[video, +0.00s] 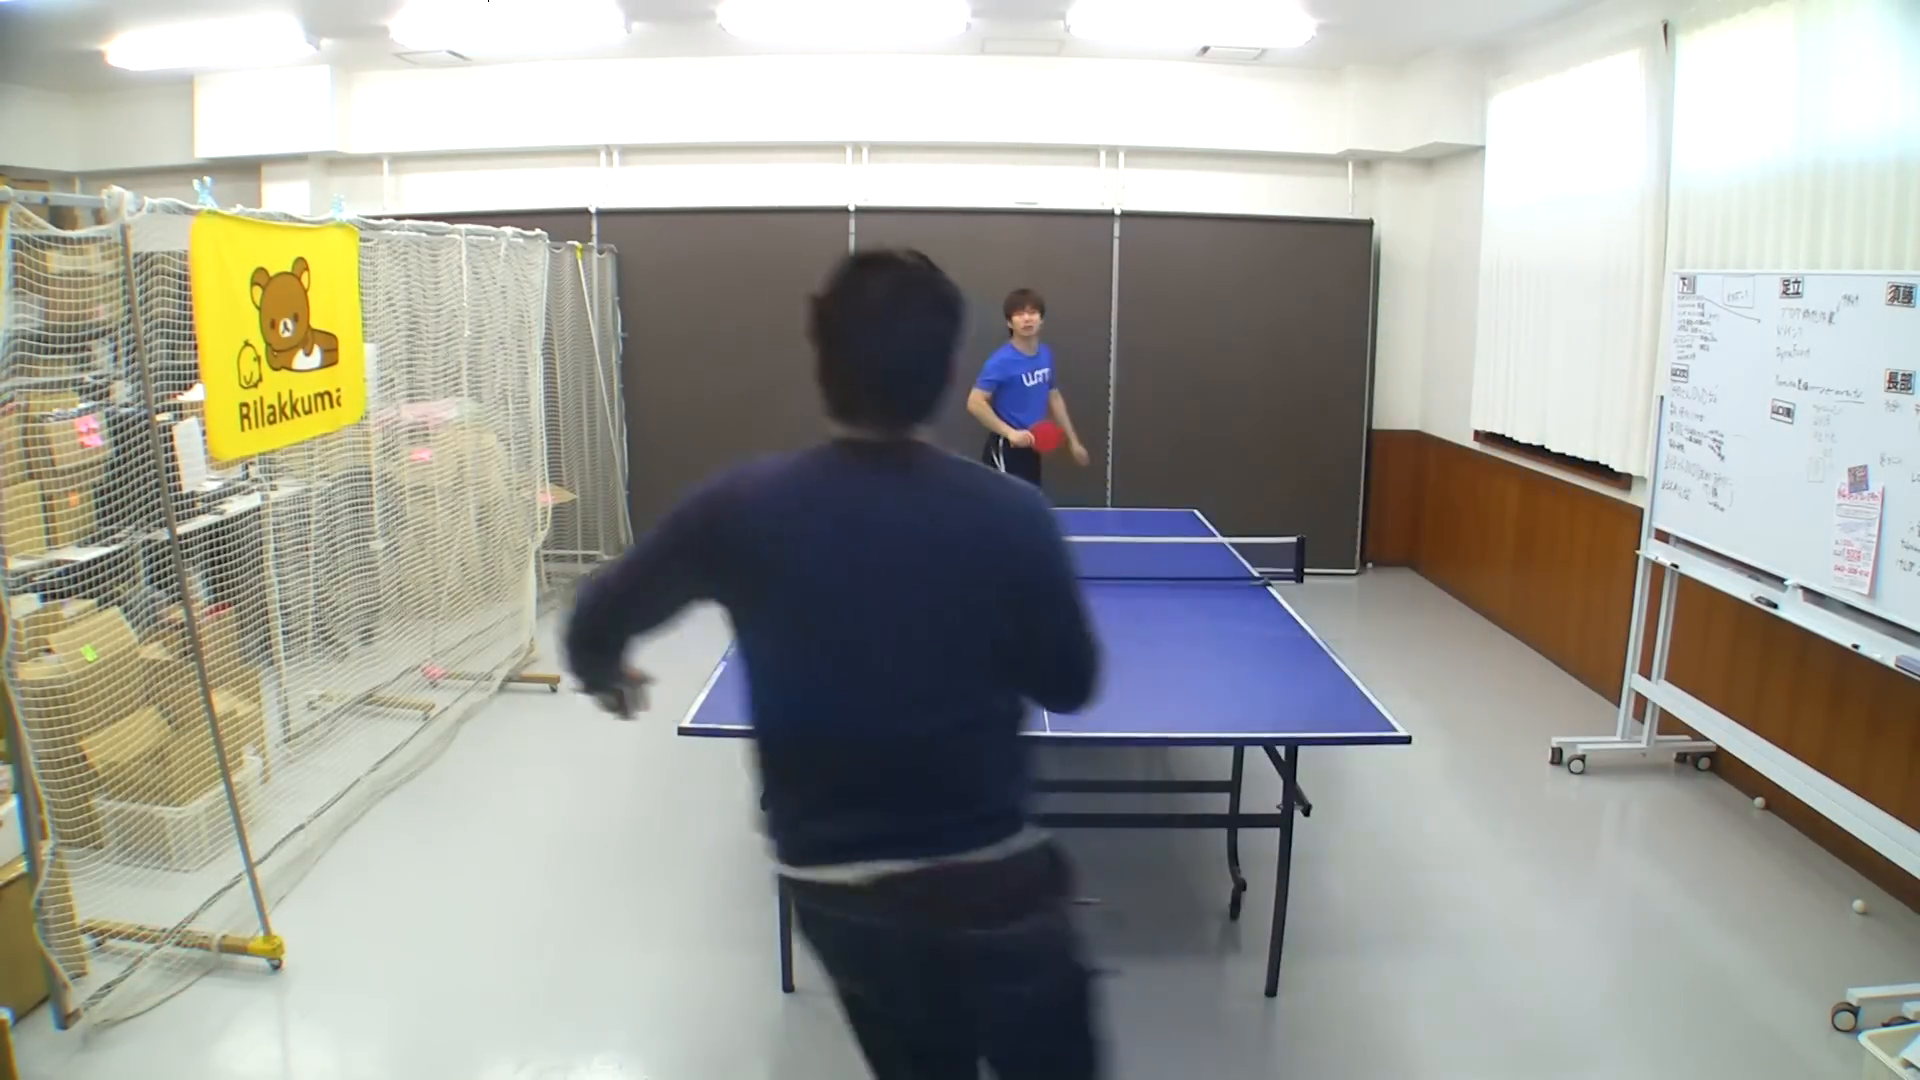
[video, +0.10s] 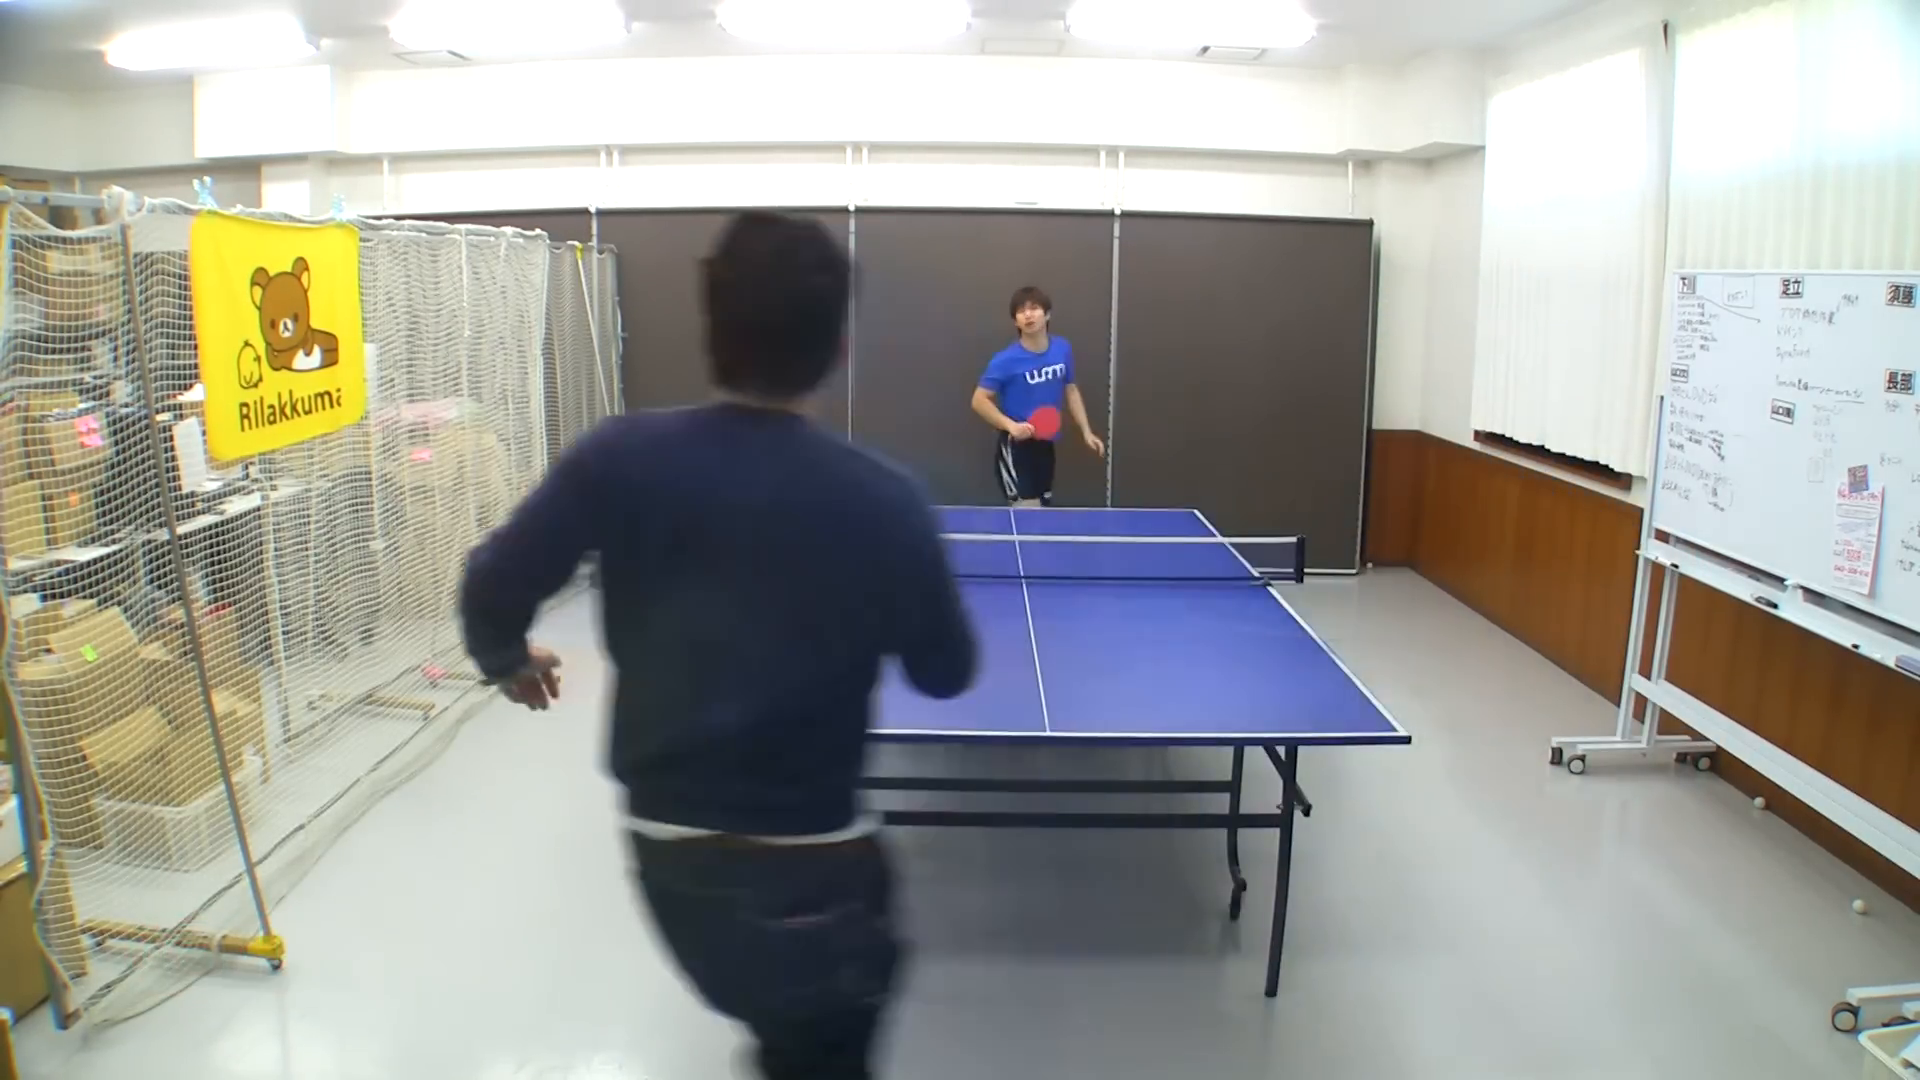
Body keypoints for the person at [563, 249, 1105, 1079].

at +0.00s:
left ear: (824, 364)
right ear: (948, 372)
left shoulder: (746, 507)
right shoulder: (1007, 516)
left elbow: (598, 615)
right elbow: (1068, 682)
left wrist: (605, 673)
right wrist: (974, 621)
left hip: (844, 896)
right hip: (993, 881)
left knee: (922, 1067)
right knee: (1056, 1065)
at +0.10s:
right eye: (839, 320)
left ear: (712, 328)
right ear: (837, 343)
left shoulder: (624, 459)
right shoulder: (879, 498)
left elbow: (492, 584)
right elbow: (945, 668)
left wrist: (508, 660)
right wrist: (874, 580)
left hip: (676, 868)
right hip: (819, 873)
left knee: (790, 1044)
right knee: (831, 1060)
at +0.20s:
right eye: (718, 349)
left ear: (594, 356)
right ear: (714, 371)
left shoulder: (504, 488)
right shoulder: (732, 542)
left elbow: (421, 646)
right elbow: (827, 718)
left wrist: (532, 635)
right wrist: (892, 681)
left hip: (516, 871)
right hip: (634, 897)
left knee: (593, 1062)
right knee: (652, 1063)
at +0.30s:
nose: (595, 386)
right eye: (594, 368)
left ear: (463, 379)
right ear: (581, 387)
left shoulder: (396, 517)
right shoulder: (546, 575)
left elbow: (451, 649)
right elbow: (636, 774)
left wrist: (585, 606)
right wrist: (814, 754)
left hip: (389, 882)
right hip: (501, 913)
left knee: (436, 1007)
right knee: (569, 1061)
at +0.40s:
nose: (461, 397)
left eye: (453, 378)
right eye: (453, 380)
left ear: (344, 402)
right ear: (433, 402)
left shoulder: (340, 505)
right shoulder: (375, 578)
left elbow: (409, 551)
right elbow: (423, 761)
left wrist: (506, 572)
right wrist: (575, 715)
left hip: (306, 872)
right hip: (382, 902)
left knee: (269, 1031)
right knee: (480, 1065)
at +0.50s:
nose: (352, 399)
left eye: (345, 382)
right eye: (344, 384)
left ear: (234, 419)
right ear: (326, 409)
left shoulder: (290, 507)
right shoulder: (235, 565)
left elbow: (352, 547)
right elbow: (274, 676)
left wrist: (419, 577)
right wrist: (346, 569)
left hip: (229, 873)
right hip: (293, 898)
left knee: (206, 1042)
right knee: (384, 1066)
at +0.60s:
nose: (280, 381)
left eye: (273, 363)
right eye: (264, 363)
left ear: (146, 401)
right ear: (234, 390)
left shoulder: (160, 506)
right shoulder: (193, 536)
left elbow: (193, 642)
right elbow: (260, 649)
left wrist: (282, 644)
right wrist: (277, 486)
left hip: (151, 850)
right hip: (226, 876)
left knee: (171, 1025)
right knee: (314, 1065)